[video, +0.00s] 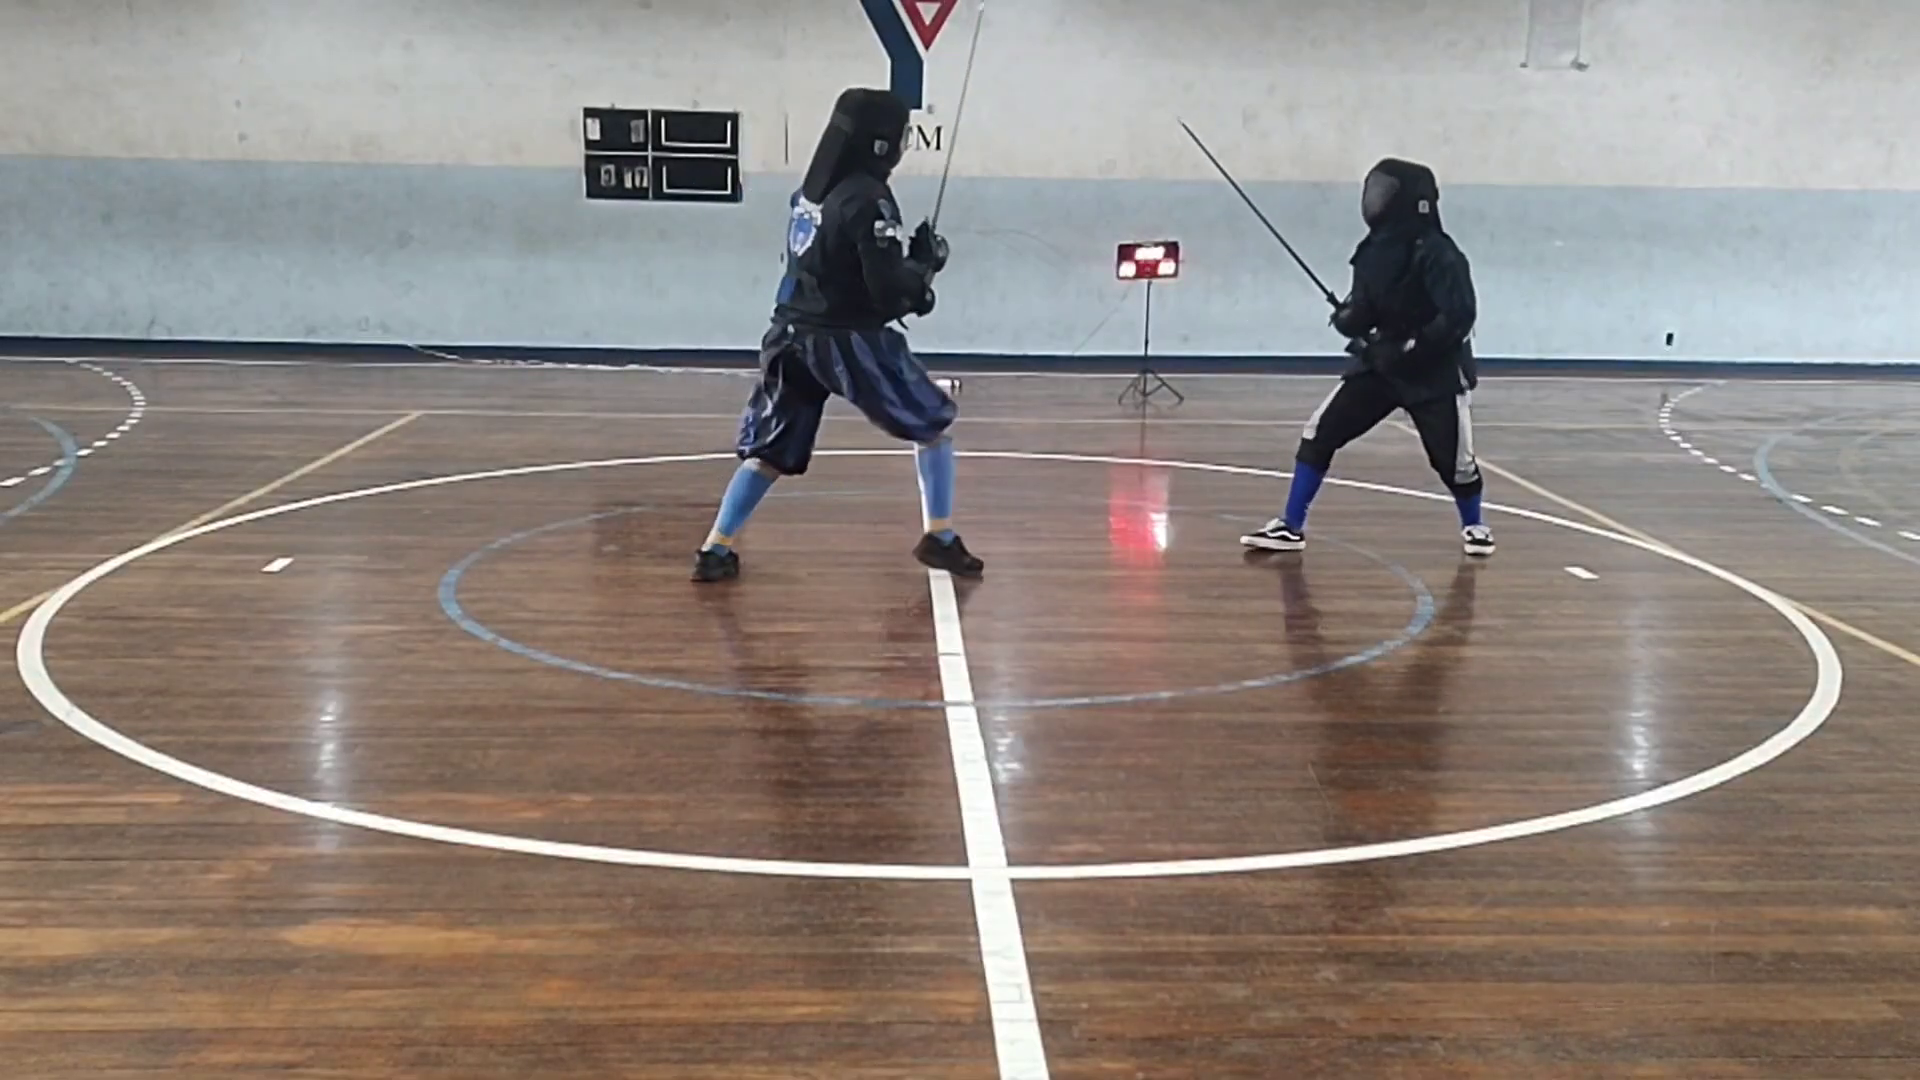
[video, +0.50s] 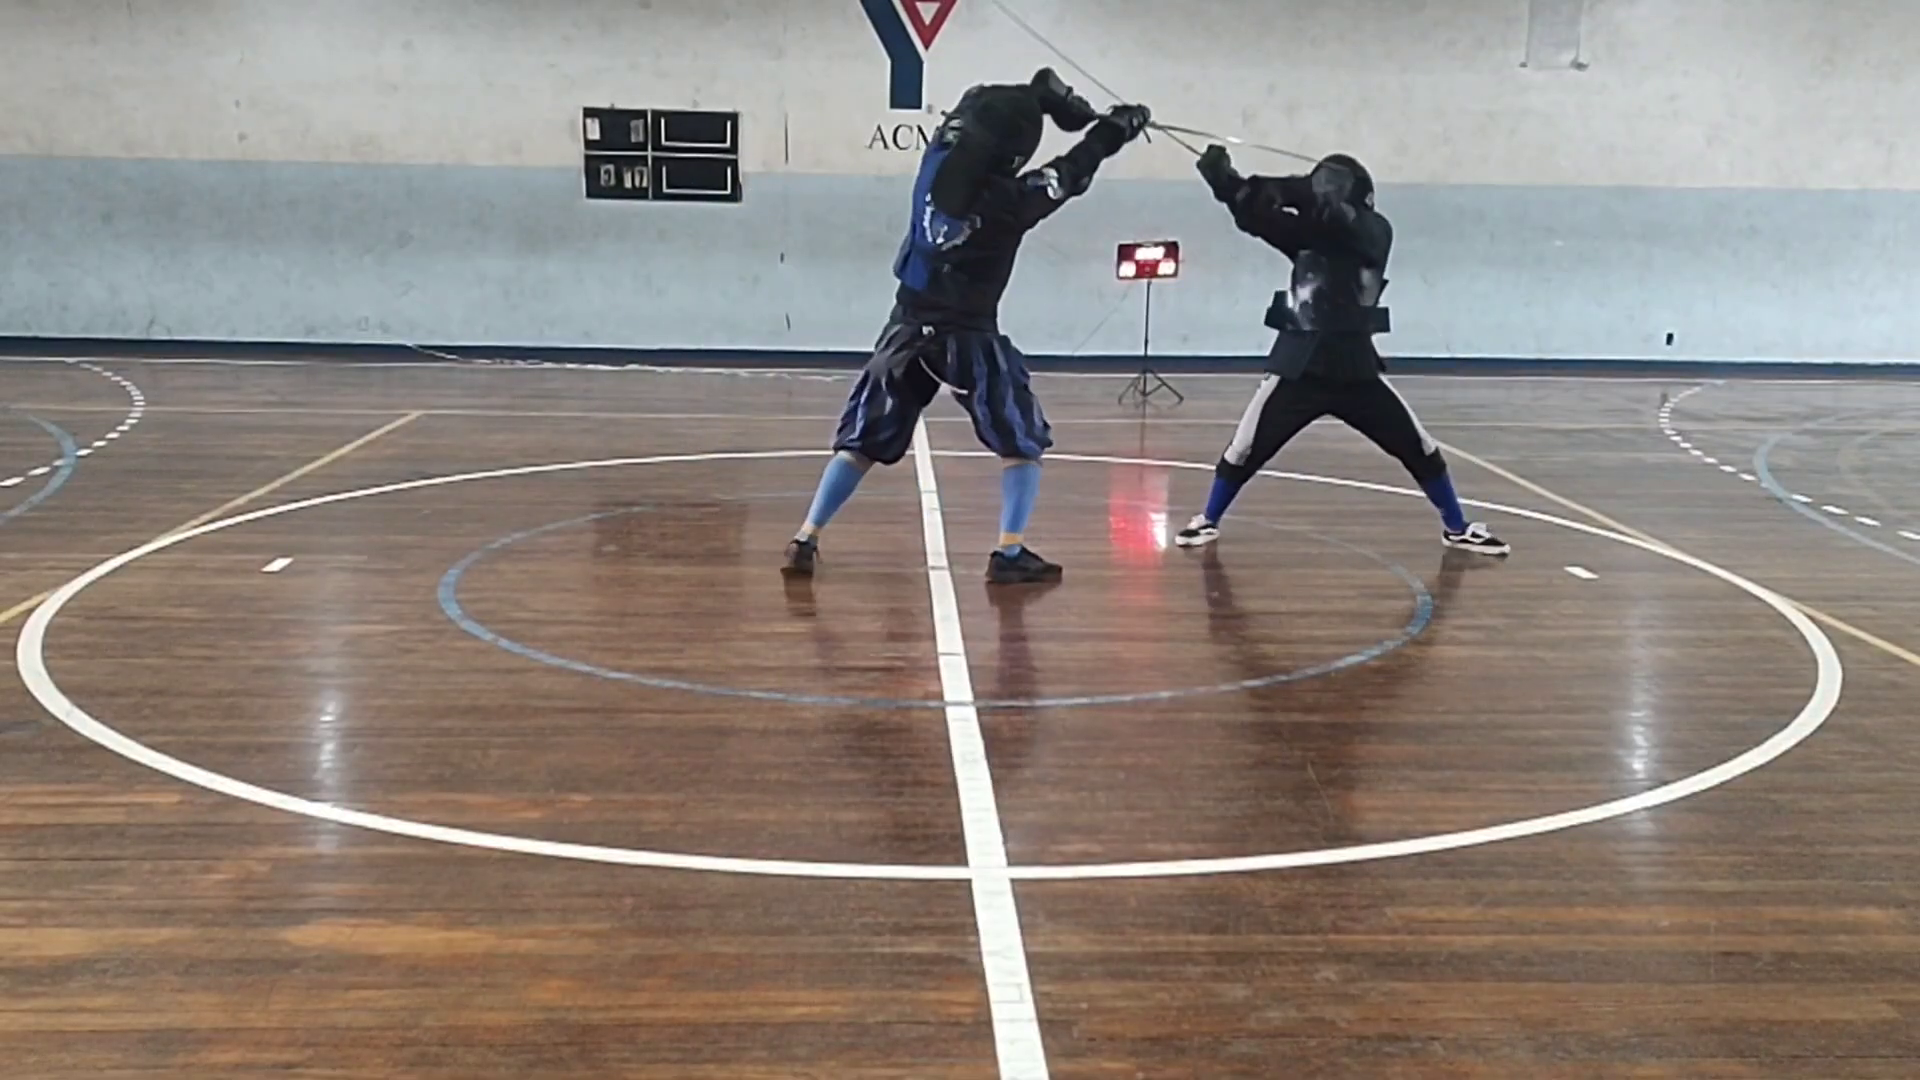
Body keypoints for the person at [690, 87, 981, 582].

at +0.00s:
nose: (903, 147)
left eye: (902, 137)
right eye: (899, 138)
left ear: (846, 135)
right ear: (880, 143)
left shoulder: (813, 186)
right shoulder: (869, 199)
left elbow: (829, 270)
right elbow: (889, 287)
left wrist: (907, 287)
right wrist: (925, 263)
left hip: (792, 333)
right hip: (852, 338)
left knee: (773, 445)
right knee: (932, 423)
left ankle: (716, 547)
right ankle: (940, 535)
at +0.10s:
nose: (931, 152)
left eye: (931, 142)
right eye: (929, 143)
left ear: (874, 139)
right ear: (913, 147)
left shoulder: (843, 190)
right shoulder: (909, 204)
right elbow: (959, 290)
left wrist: (955, 281)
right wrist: (987, 263)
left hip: (824, 331)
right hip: (886, 338)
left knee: (780, 443)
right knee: (949, 438)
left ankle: (714, 544)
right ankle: (998, 550)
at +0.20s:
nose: (962, 151)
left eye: (959, 141)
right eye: (959, 142)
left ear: (904, 142)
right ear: (948, 150)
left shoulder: (878, 187)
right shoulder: (950, 207)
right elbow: (1027, 252)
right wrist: (1062, 226)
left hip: (855, 336)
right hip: (921, 342)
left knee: (808, 444)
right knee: (991, 435)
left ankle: (732, 531)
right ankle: (1007, 550)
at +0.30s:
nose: (994, 145)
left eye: (993, 140)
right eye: (991, 138)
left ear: (940, 135)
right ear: (978, 147)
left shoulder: (910, 169)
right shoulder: (980, 199)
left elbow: (980, 165)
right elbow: (1049, 207)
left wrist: (1030, 161)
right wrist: (1098, 188)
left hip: (878, 335)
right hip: (941, 341)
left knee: (833, 437)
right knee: (1007, 435)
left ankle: (762, 533)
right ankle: (1010, 550)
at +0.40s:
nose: (1016, 156)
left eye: (1016, 147)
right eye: (1015, 148)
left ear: (965, 131)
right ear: (1003, 152)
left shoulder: (928, 160)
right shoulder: (998, 199)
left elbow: (977, 129)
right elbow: (1065, 187)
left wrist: (1044, 125)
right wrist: (1110, 156)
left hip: (896, 328)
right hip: (958, 336)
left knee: (854, 436)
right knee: (1015, 438)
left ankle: (790, 538)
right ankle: (1009, 550)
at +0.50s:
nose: (1029, 158)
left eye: (1026, 149)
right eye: (1027, 151)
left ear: (975, 129)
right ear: (1014, 151)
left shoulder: (935, 161)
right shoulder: (1011, 200)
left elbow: (978, 106)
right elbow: (1073, 171)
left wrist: (1042, 96)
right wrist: (1113, 129)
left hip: (907, 329)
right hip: (971, 337)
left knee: (865, 435)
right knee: (1023, 441)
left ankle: (805, 537)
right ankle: (1009, 551)